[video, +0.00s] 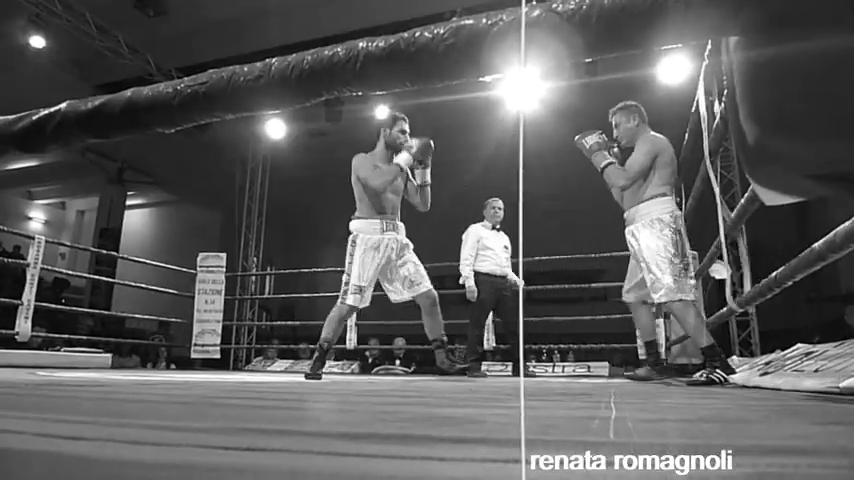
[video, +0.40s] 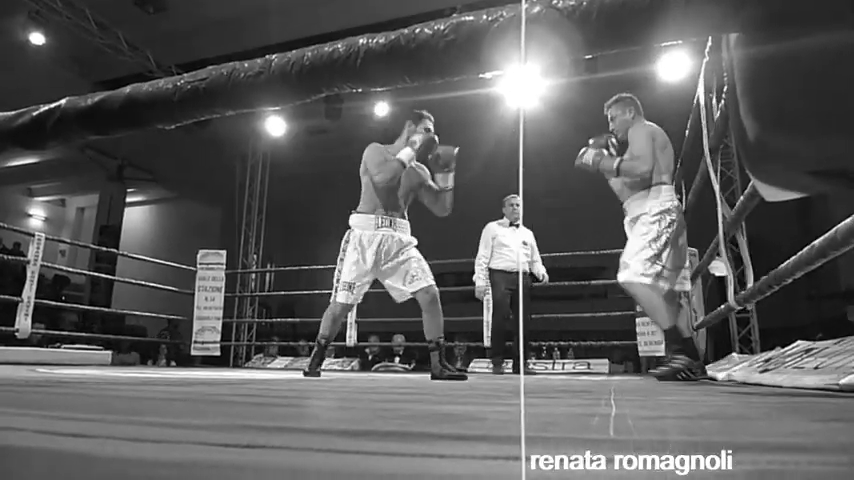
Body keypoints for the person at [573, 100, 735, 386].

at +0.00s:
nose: (615, 133)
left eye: (618, 125)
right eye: (613, 128)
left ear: (636, 120)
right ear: (632, 125)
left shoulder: (651, 141)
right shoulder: (637, 154)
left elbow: (623, 179)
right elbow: (625, 199)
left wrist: (601, 155)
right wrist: (605, 162)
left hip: (658, 226)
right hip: (642, 230)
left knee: (672, 295)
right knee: (635, 295)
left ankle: (715, 360)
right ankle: (653, 361)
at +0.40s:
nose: (610, 123)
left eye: (612, 116)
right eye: (608, 119)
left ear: (629, 112)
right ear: (630, 116)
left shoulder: (640, 129)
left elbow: (642, 168)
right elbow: (629, 193)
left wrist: (604, 161)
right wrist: (607, 162)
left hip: (656, 215)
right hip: (655, 217)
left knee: (632, 277)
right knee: (667, 289)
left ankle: (679, 348)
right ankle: (689, 356)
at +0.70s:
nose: (591, 117)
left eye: (593, 110)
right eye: (590, 111)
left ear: (610, 105)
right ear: (620, 106)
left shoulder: (617, 128)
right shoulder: (646, 133)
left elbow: (586, 169)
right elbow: (622, 168)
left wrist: (562, 137)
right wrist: (588, 147)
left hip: (631, 213)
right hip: (654, 212)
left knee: (584, 272)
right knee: (649, 289)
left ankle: (593, 361)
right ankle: (669, 355)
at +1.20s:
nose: (557, 70)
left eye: (559, 65)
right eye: (556, 65)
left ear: (570, 60)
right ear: (596, 54)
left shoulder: (574, 76)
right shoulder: (634, 82)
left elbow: (528, 129)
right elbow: (586, 144)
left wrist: (523, 90)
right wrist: (555, 116)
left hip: (610, 156)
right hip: (656, 159)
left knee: (555, 262)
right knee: (666, 270)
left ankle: (533, 365)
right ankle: (717, 363)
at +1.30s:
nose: (564, 58)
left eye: (568, 54)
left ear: (584, 48)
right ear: (618, 50)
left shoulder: (579, 69)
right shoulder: (638, 83)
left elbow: (539, 117)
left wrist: (535, 89)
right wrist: (547, 90)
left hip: (614, 162)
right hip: (658, 168)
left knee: (553, 260)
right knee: (666, 281)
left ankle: (535, 366)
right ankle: (735, 332)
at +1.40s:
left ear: (604, 46)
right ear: (642, 52)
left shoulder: (615, 59)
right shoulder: (651, 83)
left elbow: (545, 85)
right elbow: (583, 91)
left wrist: (545, 71)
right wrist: (543, 84)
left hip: (617, 163)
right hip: (659, 175)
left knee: (543, 261)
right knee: (664, 287)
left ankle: (533, 366)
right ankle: (744, 320)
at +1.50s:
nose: (610, 45)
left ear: (640, 33)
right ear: (675, 43)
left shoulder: (645, 50)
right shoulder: (681, 73)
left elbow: (575, 73)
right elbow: (599, 127)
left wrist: (539, 86)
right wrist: (576, 96)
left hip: (628, 143)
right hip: (674, 159)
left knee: (561, 254)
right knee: (677, 275)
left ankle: (532, 363)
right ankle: (772, 355)